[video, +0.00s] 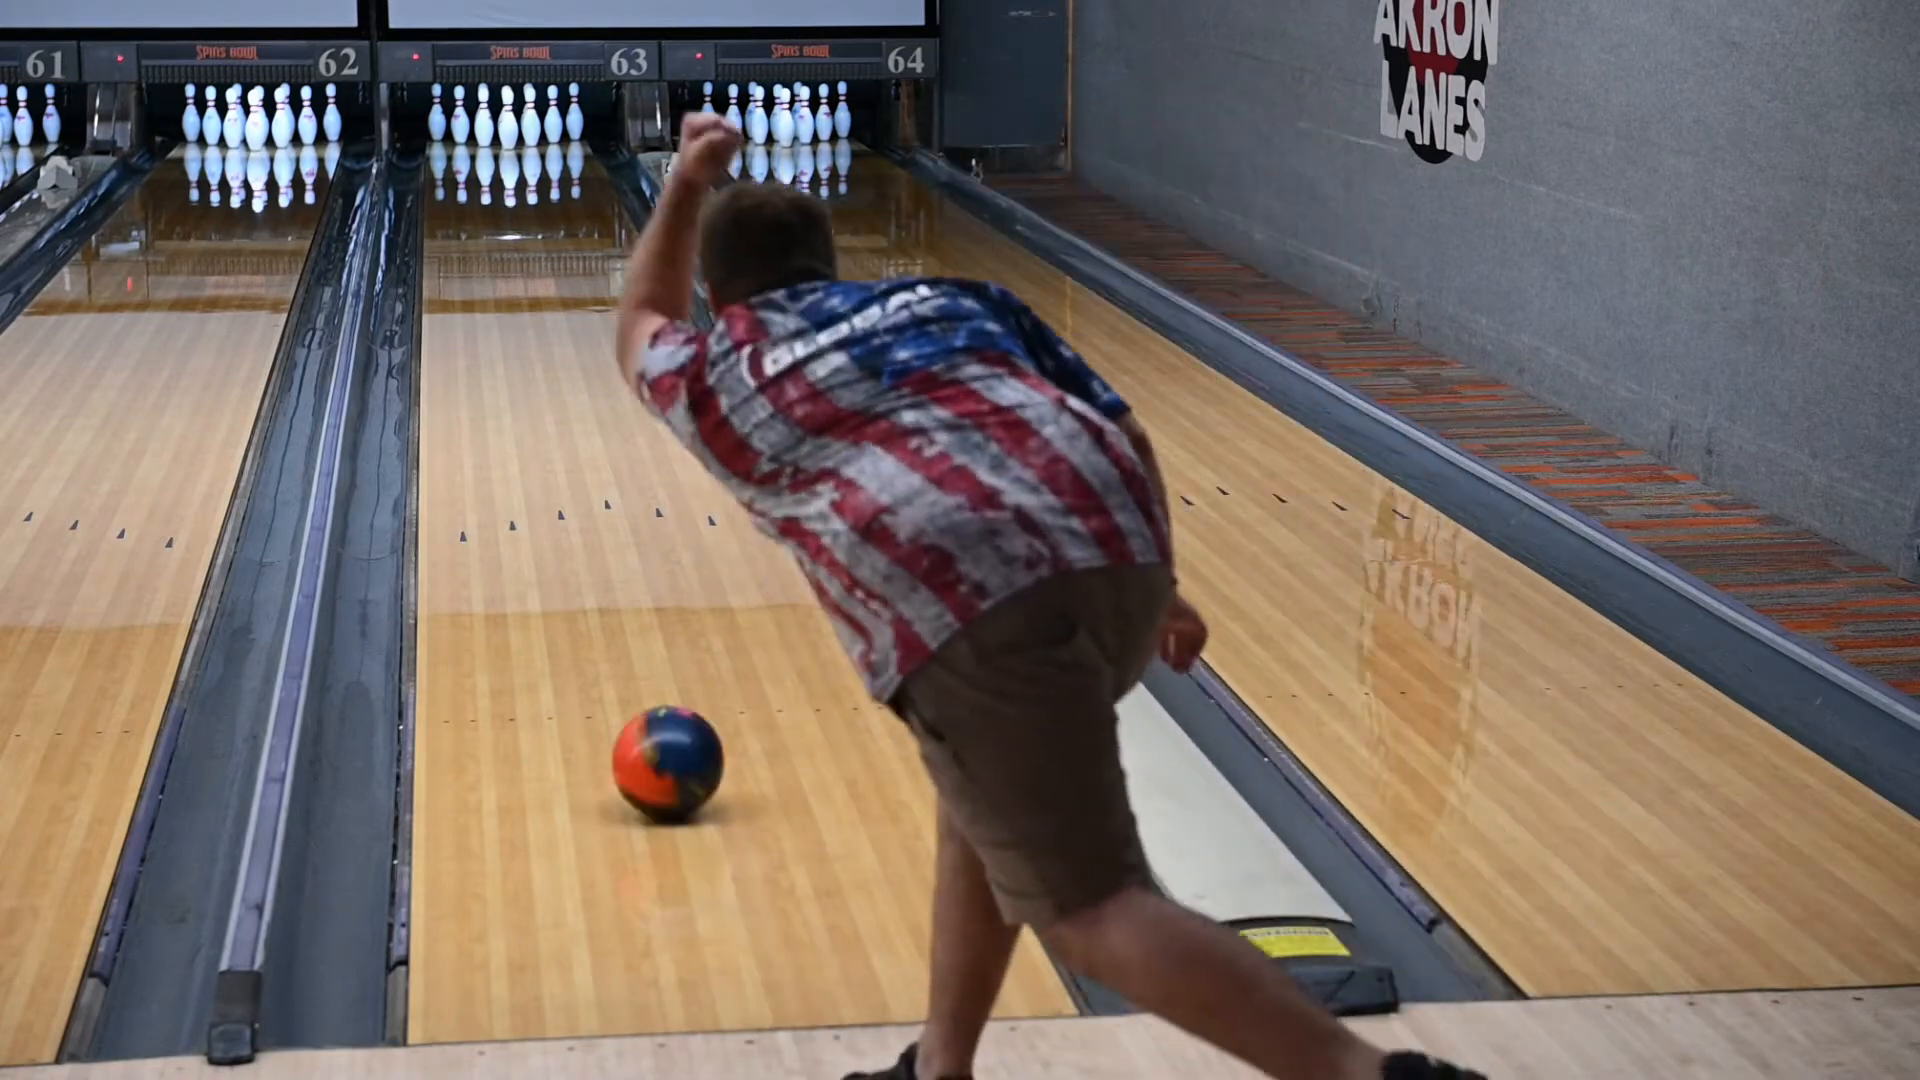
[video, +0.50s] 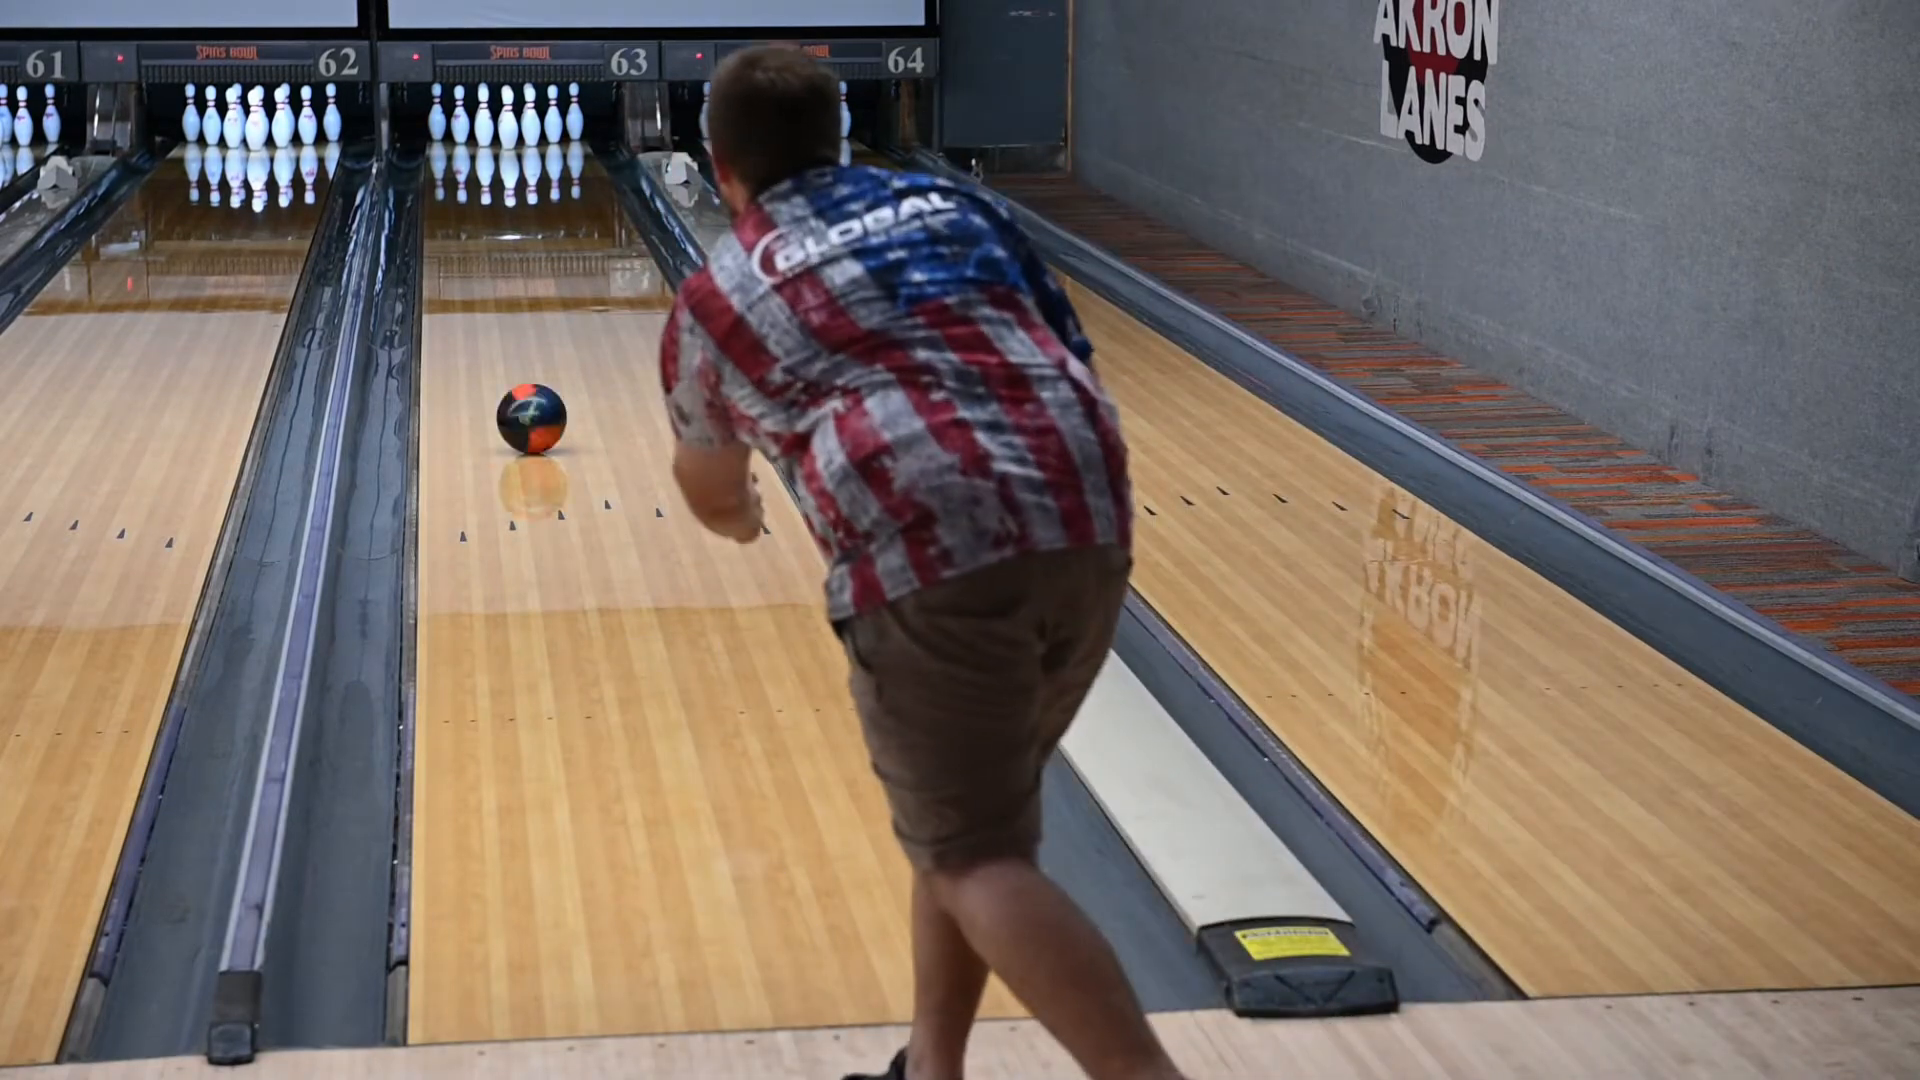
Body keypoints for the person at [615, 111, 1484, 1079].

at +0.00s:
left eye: (703, 300)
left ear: (719, 302)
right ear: (829, 264)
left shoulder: (724, 359)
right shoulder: (958, 296)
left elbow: (641, 323)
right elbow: (1119, 431)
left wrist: (677, 189)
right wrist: (1157, 589)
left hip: (971, 600)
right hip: (1120, 560)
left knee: (1094, 908)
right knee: (974, 795)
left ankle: (1367, 1068)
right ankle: (938, 1066)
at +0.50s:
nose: (714, 178)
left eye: (713, 163)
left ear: (724, 170)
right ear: (840, 140)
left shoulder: (717, 295)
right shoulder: (958, 202)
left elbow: (715, 487)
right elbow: (1067, 348)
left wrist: (733, 514)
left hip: (931, 554)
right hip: (1092, 525)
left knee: (975, 856)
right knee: (973, 825)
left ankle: (1145, 1072)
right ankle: (931, 1069)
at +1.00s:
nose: (757, 49)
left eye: (755, 37)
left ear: (759, 45)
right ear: (877, 29)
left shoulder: (733, 185)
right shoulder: (987, 126)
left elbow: (684, 415)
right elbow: (1102, 293)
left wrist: (684, 591)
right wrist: (1089, 443)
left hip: (893, 537)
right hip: (1052, 519)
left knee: (861, 810)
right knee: (948, 799)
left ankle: (988, 1072)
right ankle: (927, 1063)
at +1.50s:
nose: (801, 18)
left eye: (803, 9)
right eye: (809, 9)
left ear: (818, 11)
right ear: (934, 1)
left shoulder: (764, 148)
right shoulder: (1035, 117)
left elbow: (700, 380)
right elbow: (1121, 297)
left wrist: (778, 455)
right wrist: (1079, 424)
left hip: (847, 542)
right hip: (1022, 526)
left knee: (801, 795)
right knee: (950, 791)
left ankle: (868, 1066)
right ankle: (936, 1065)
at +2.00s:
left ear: (801, 1)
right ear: (930, 4)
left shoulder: (704, 129)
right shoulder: (1009, 130)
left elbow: (618, 344)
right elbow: (1100, 344)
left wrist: (724, 396)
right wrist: (1096, 480)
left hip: (770, 550)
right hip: (973, 552)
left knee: (817, 874)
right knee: (973, 833)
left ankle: (828, 1071)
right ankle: (981, 1070)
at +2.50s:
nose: (994, 38)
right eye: (995, 23)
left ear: (851, 20)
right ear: (980, 28)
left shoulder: (761, 152)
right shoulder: (984, 191)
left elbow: (764, 383)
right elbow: (1079, 437)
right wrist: (1112, 386)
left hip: (794, 616)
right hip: (950, 639)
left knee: (847, 934)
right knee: (987, 990)